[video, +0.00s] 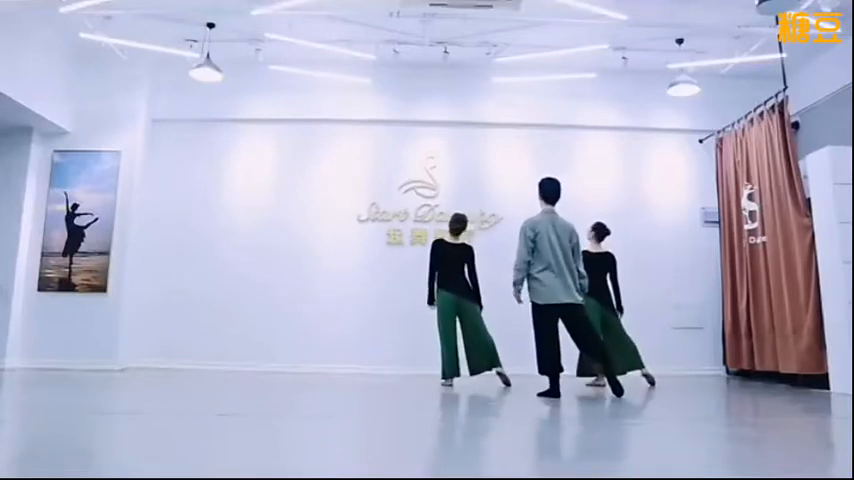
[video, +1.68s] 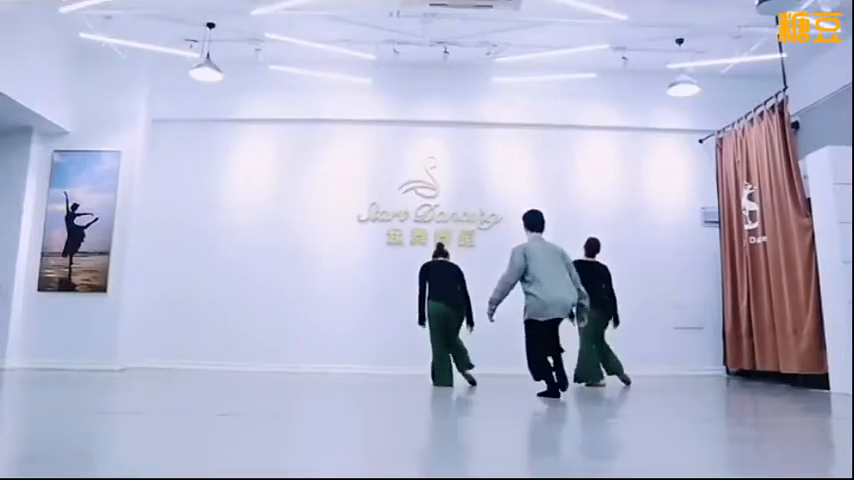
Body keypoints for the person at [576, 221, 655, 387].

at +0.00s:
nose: (587, 233)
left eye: (589, 231)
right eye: (589, 230)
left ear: (593, 234)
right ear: (602, 236)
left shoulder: (583, 256)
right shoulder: (609, 257)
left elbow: (577, 277)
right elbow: (614, 283)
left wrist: (576, 296)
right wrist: (619, 304)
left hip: (589, 300)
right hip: (606, 301)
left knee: (594, 337)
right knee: (621, 336)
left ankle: (600, 376)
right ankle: (642, 369)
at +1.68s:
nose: (587, 251)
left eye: (586, 248)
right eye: (591, 248)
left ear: (584, 249)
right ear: (598, 251)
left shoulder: (576, 266)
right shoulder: (603, 269)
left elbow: (570, 288)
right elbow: (610, 293)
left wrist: (569, 309)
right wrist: (615, 314)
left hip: (585, 311)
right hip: (604, 312)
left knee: (588, 342)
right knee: (599, 341)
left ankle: (595, 377)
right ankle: (618, 370)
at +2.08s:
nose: (575, 267)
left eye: (575, 265)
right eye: (579, 265)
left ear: (573, 263)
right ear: (585, 263)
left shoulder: (571, 274)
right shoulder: (596, 274)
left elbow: (568, 299)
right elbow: (604, 295)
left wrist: (566, 320)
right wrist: (610, 315)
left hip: (588, 309)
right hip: (604, 311)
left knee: (585, 343)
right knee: (593, 343)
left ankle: (595, 379)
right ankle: (578, 372)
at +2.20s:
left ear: (569, 261)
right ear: (580, 259)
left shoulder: (568, 270)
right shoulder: (593, 268)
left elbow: (569, 296)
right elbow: (601, 291)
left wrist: (568, 319)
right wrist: (607, 311)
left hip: (585, 307)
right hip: (602, 308)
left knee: (583, 341)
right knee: (590, 341)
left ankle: (595, 378)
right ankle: (576, 366)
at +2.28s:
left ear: (568, 258)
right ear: (579, 256)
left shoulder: (567, 267)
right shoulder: (592, 265)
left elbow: (567, 292)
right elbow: (599, 289)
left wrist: (567, 314)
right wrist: (605, 309)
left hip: (583, 305)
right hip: (600, 306)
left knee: (585, 341)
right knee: (587, 340)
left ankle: (595, 377)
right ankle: (573, 369)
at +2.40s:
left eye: (566, 248)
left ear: (566, 247)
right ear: (577, 245)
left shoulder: (565, 256)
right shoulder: (590, 256)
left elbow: (563, 282)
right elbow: (596, 284)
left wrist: (563, 305)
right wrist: (599, 305)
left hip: (577, 299)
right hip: (593, 301)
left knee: (582, 336)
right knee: (581, 336)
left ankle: (596, 372)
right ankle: (572, 371)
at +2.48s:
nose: (566, 246)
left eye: (565, 243)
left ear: (565, 242)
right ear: (576, 241)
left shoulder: (563, 252)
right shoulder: (589, 253)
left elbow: (561, 277)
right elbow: (595, 281)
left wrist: (561, 299)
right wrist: (596, 303)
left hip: (574, 294)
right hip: (591, 296)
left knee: (581, 332)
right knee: (582, 333)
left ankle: (594, 369)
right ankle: (573, 370)